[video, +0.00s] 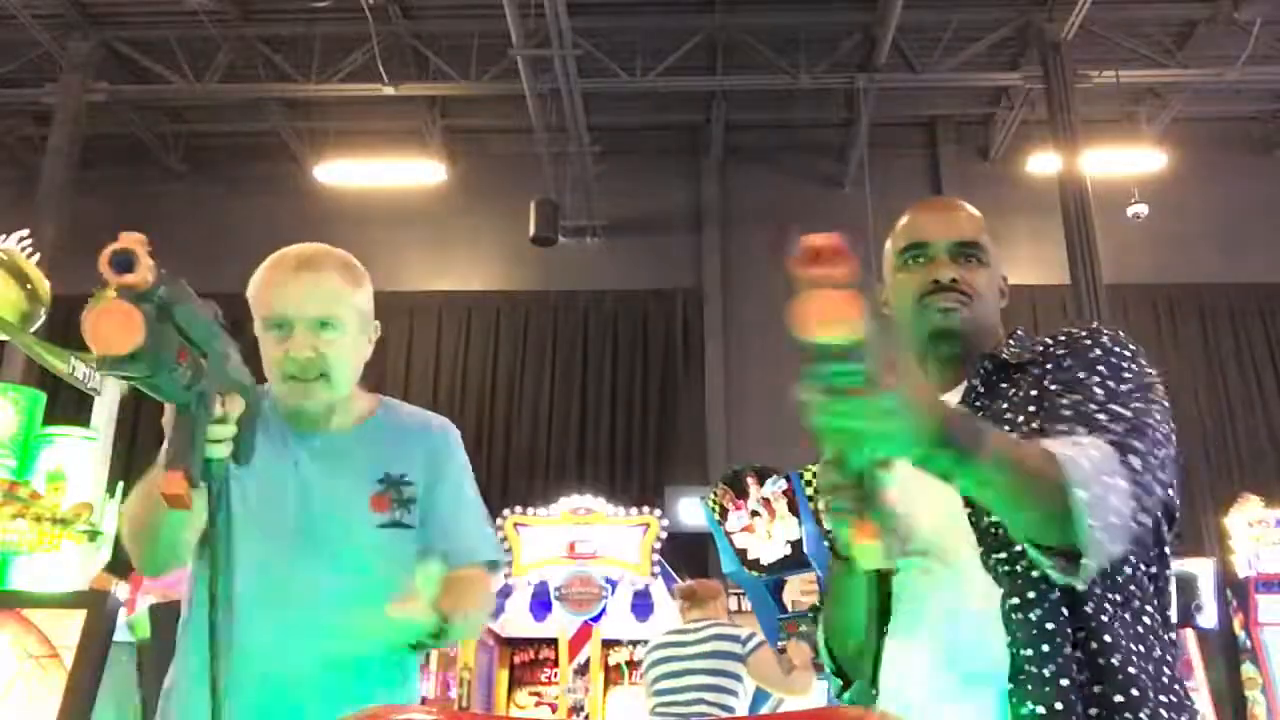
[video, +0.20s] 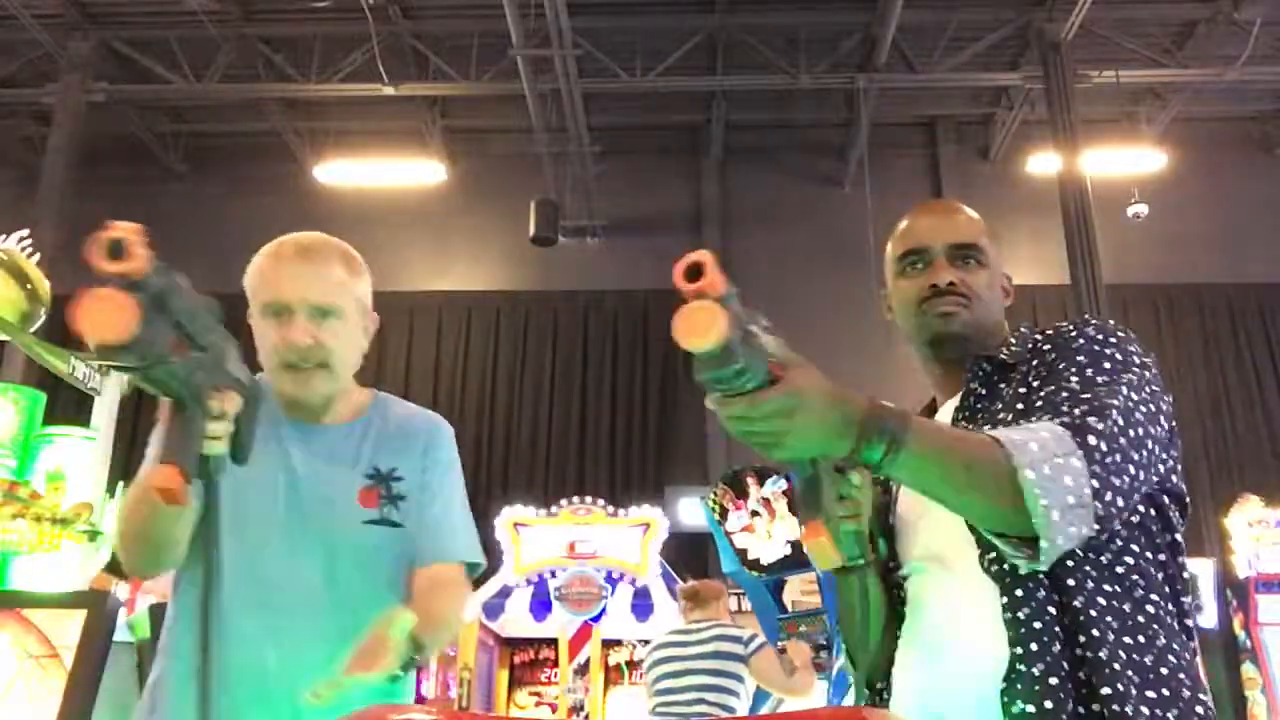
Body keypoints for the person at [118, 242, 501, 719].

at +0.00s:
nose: (300, 349)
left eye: (325, 326)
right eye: (279, 327)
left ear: (369, 338)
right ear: (256, 337)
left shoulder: (427, 444)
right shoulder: (216, 426)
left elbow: (472, 579)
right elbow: (150, 556)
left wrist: (440, 617)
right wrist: (183, 453)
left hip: (365, 705)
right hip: (215, 704)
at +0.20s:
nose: (299, 336)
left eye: (324, 314)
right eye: (277, 313)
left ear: (367, 325)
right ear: (251, 324)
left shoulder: (419, 439)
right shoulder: (205, 416)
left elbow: (443, 584)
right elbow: (141, 560)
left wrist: (404, 634)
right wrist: (183, 439)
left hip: (350, 712)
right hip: (197, 705)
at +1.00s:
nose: (337, 303)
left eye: (362, 284)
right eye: (316, 281)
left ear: (402, 308)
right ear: (286, 299)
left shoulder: (445, 417)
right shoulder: (238, 401)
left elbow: (471, 571)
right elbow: (183, 553)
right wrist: (201, 474)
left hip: (384, 705)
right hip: (240, 703)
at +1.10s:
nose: (321, 300)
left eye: (346, 281)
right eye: (300, 278)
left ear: (389, 307)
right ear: (271, 297)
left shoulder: (434, 411)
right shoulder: (209, 400)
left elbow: (453, 568)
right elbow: (169, 566)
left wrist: (315, 479)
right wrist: (217, 467)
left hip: (381, 706)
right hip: (224, 703)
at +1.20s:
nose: (286, 291)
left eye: (311, 272)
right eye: (263, 269)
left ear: (351, 297)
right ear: (228, 288)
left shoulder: (397, 405)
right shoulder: (172, 390)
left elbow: (415, 564)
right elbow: (132, 569)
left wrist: (272, 478)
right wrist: (163, 458)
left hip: (344, 705)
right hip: (184, 705)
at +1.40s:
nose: (284, 303)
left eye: (308, 283)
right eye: (263, 282)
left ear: (348, 308)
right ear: (231, 300)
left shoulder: (395, 413)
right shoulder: (171, 401)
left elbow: (411, 565)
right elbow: (146, 577)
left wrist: (274, 477)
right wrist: (161, 484)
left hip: (331, 704)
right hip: (174, 704)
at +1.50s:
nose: (312, 314)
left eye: (338, 296)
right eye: (292, 292)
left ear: (374, 323)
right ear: (260, 310)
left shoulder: (419, 422)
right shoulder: (206, 410)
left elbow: (427, 569)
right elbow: (175, 590)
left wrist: (281, 496)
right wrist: (165, 489)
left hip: (354, 708)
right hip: (208, 707)